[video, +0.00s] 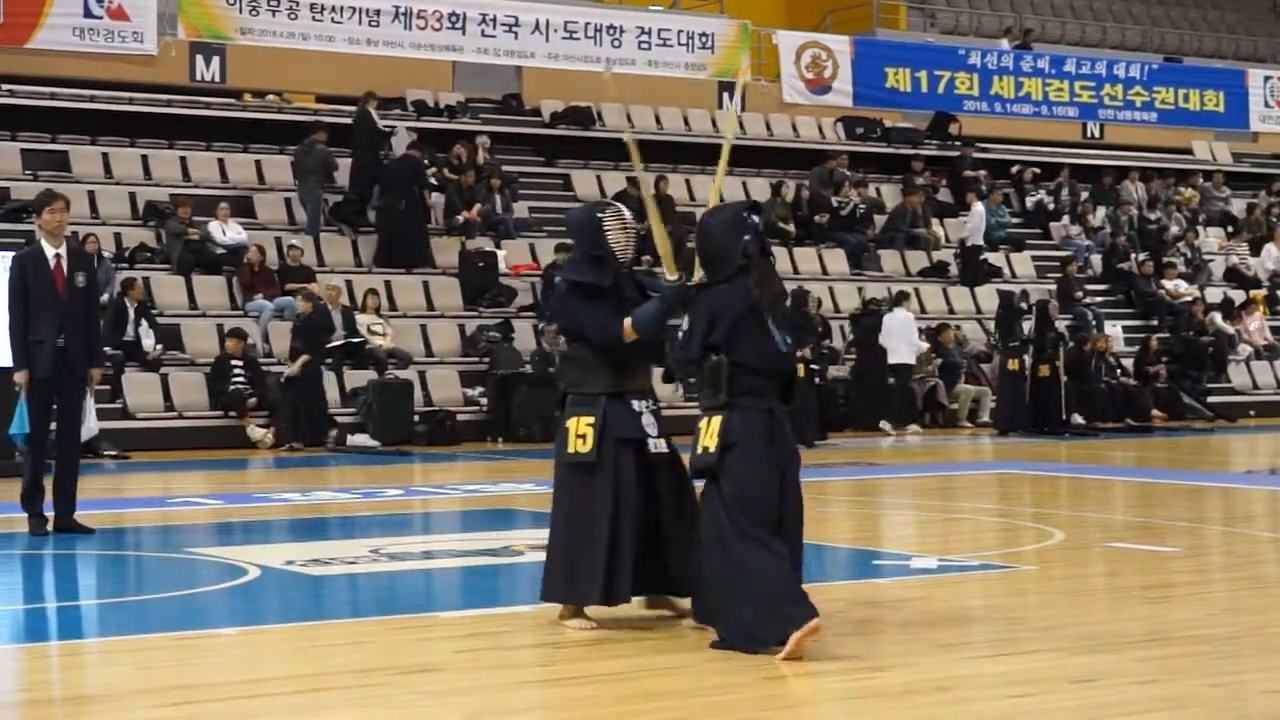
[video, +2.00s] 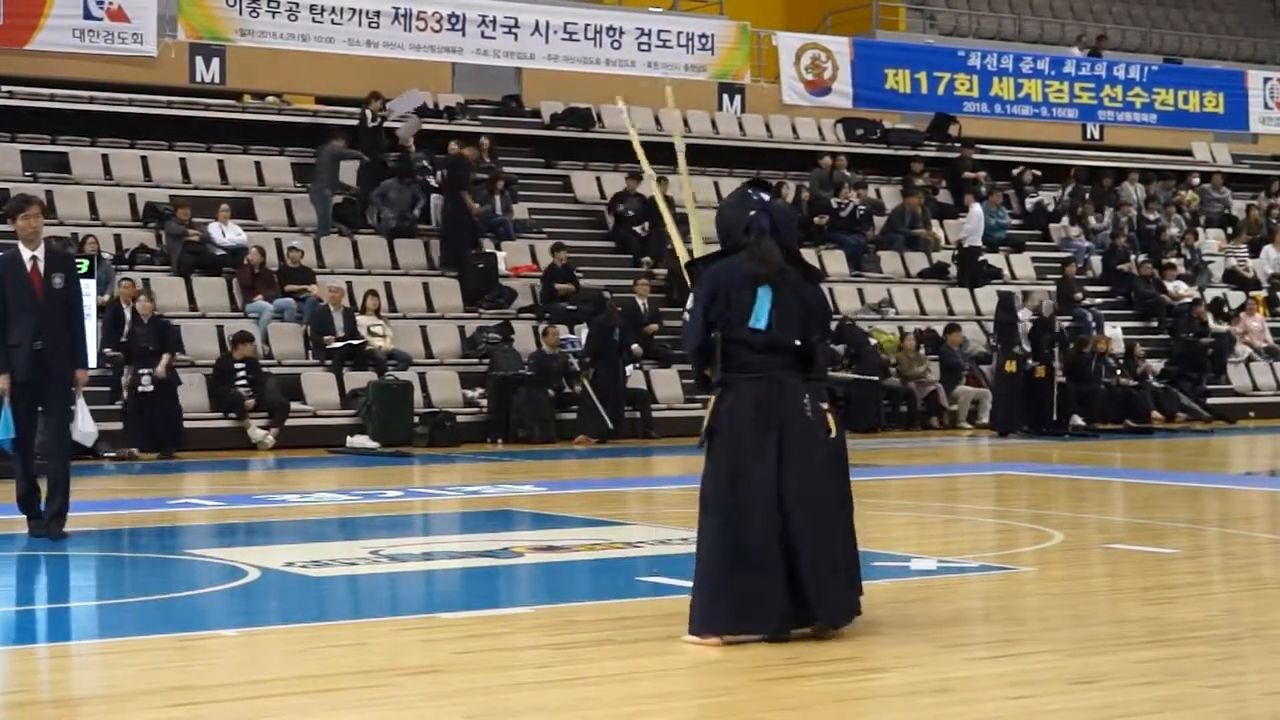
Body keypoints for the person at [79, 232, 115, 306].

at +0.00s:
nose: (92, 245)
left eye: (95, 243)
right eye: (89, 243)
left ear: (98, 245)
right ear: (83, 245)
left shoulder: (105, 263)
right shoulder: (79, 262)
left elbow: (111, 280)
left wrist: (107, 294)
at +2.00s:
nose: (92, 246)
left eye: (94, 243)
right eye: (89, 243)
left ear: (98, 245)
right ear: (83, 246)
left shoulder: (105, 264)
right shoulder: (78, 263)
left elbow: (111, 280)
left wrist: (107, 295)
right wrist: (93, 298)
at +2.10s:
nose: (92, 246)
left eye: (94, 243)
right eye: (89, 243)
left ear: (98, 245)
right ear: (83, 246)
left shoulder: (105, 263)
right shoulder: (77, 263)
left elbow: (112, 279)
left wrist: (108, 294)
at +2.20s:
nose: (92, 246)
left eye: (94, 243)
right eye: (89, 243)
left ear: (98, 245)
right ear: (83, 246)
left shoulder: (104, 263)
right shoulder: (77, 263)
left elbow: (111, 279)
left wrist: (108, 294)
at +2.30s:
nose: (92, 246)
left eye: (94, 243)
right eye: (89, 243)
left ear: (98, 245)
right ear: (83, 246)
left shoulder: (105, 263)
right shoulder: (77, 263)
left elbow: (112, 280)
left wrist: (106, 296)